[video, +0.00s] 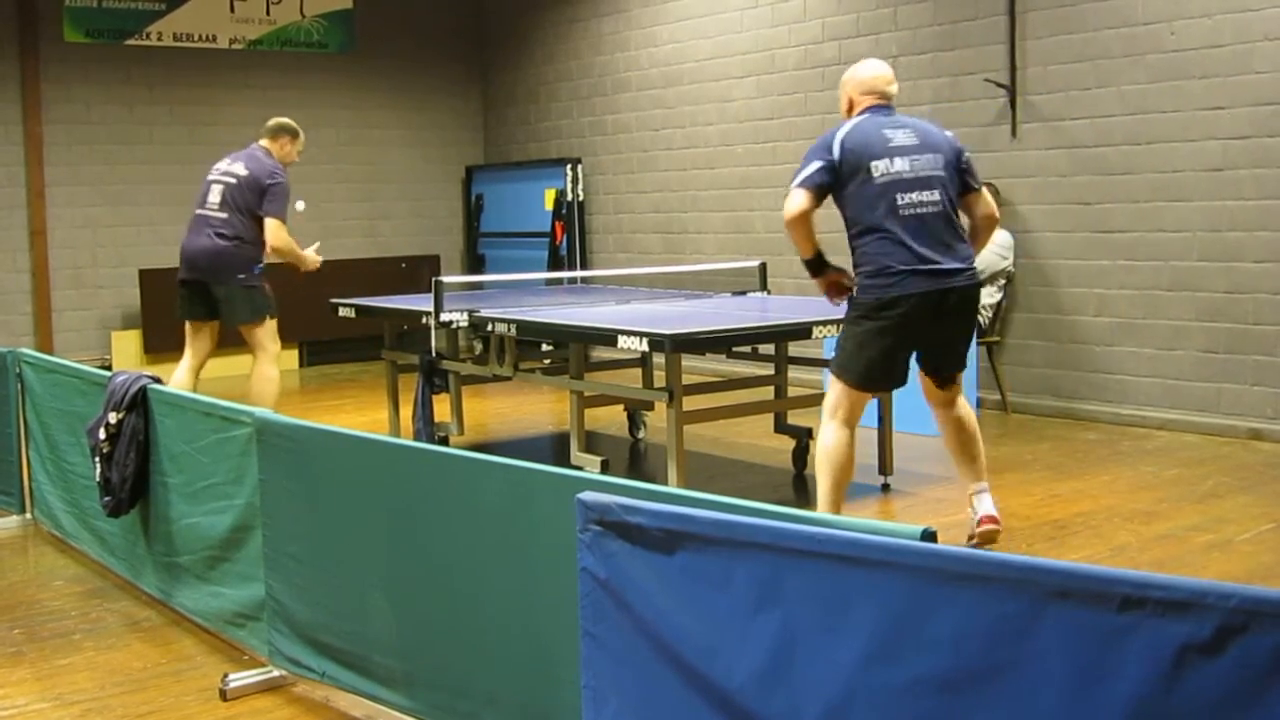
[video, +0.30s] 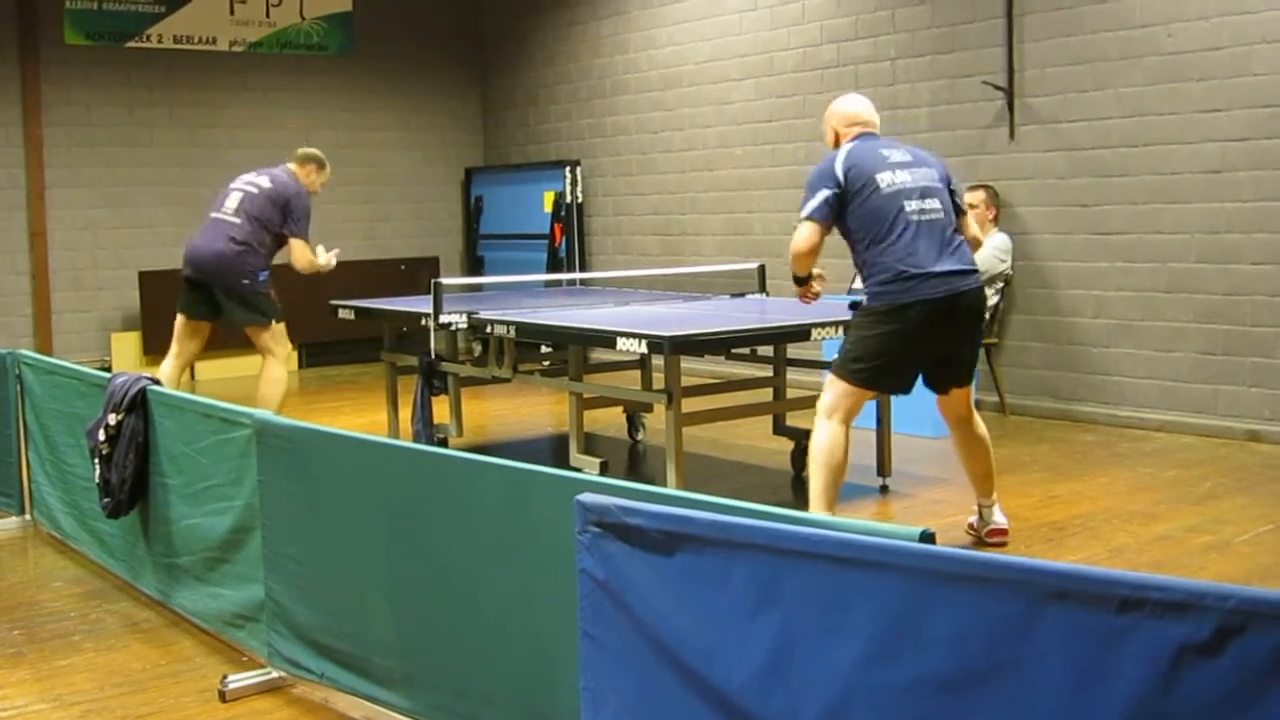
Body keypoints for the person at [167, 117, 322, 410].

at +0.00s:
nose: (297, 159)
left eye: (299, 152)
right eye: (297, 150)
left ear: (270, 141)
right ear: (283, 143)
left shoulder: (229, 161)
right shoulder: (273, 175)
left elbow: (225, 225)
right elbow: (276, 240)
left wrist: (271, 250)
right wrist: (303, 259)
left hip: (193, 260)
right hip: (234, 262)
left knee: (195, 352)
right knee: (267, 350)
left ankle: (167, 428)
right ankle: (262, 438)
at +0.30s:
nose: (319, 189)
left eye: (322, 184)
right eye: (321, 182)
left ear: (295, 165)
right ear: (310, 170)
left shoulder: (256, 175)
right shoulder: (296, 193)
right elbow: (301, 262)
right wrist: (321, 263)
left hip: (198, 256)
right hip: (239, 262)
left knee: (179, 352)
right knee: (277, 352)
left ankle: (151, 424)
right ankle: (262, 438)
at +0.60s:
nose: (321, 225)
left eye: (325, 220)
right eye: (324, 217)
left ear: (298, 196)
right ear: (313, 203)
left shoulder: (259, 200)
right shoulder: (295, 217)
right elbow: (305, 280)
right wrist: (331, 294)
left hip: (188, 266)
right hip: (229, 271)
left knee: (177, 362)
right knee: (279, 355)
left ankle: (148, 423)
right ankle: (263, 440)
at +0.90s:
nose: (322, 243)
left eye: (326, 238)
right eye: (325, 235)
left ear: (307, 215)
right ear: (313, 220)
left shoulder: (262, 216)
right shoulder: (295, 233)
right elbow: (293, 299)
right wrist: (320, 299)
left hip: (183, 275)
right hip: (223, 280)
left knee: (181, 369)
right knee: (280, 358)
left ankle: (149, 425)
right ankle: (264, 443)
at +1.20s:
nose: (317, 255)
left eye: (321, 250)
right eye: (319, 247)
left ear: (300, 229)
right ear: (307, 232)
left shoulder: (257, 227)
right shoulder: (285, 247)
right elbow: (283, 316)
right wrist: (322, 305)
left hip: (174, 285)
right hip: (213, 290)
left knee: (183, 372)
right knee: (281, 359)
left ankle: (149, 418)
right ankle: (265, 439)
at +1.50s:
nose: (310, 250)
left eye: (314, 244)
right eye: (311, 241)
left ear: (291, 224)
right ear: (296, 228)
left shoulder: (247, 225)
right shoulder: (278, 243)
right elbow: (287, 312)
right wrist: (328, 298)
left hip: (167, 283)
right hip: (206, 289)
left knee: (183, 366)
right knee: (280, 352)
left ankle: (154, 407)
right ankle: (265, 431)